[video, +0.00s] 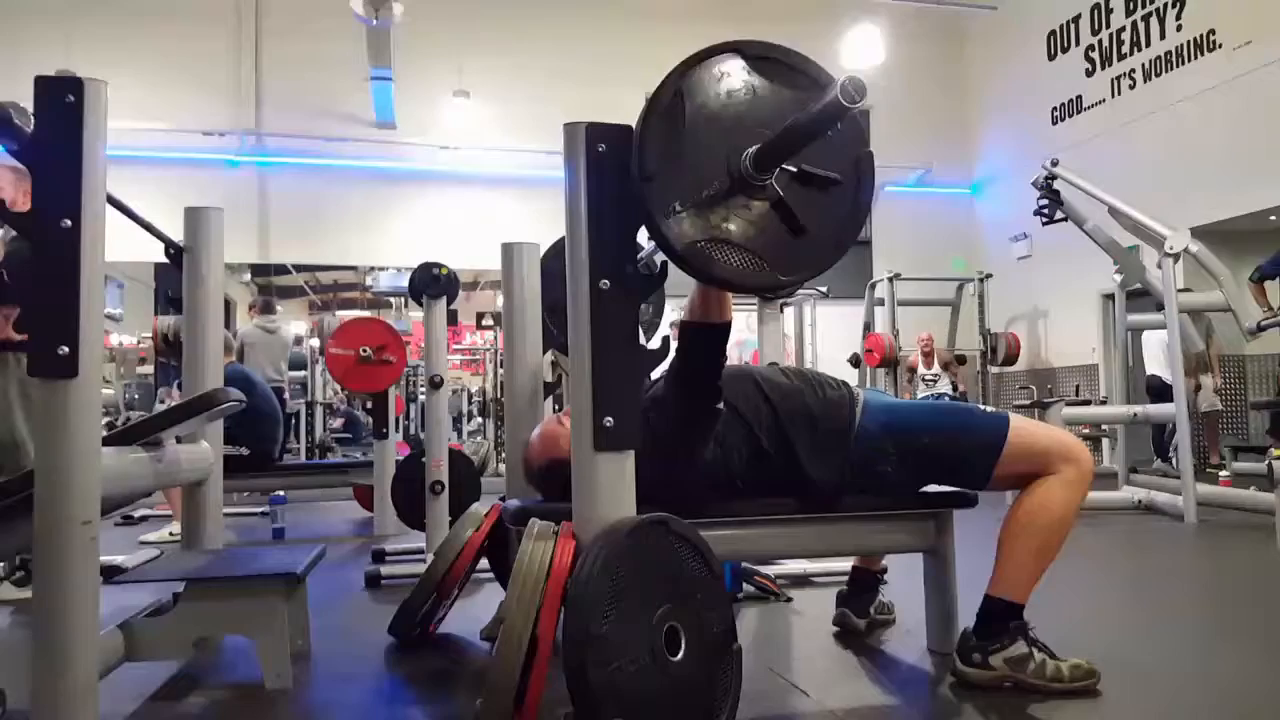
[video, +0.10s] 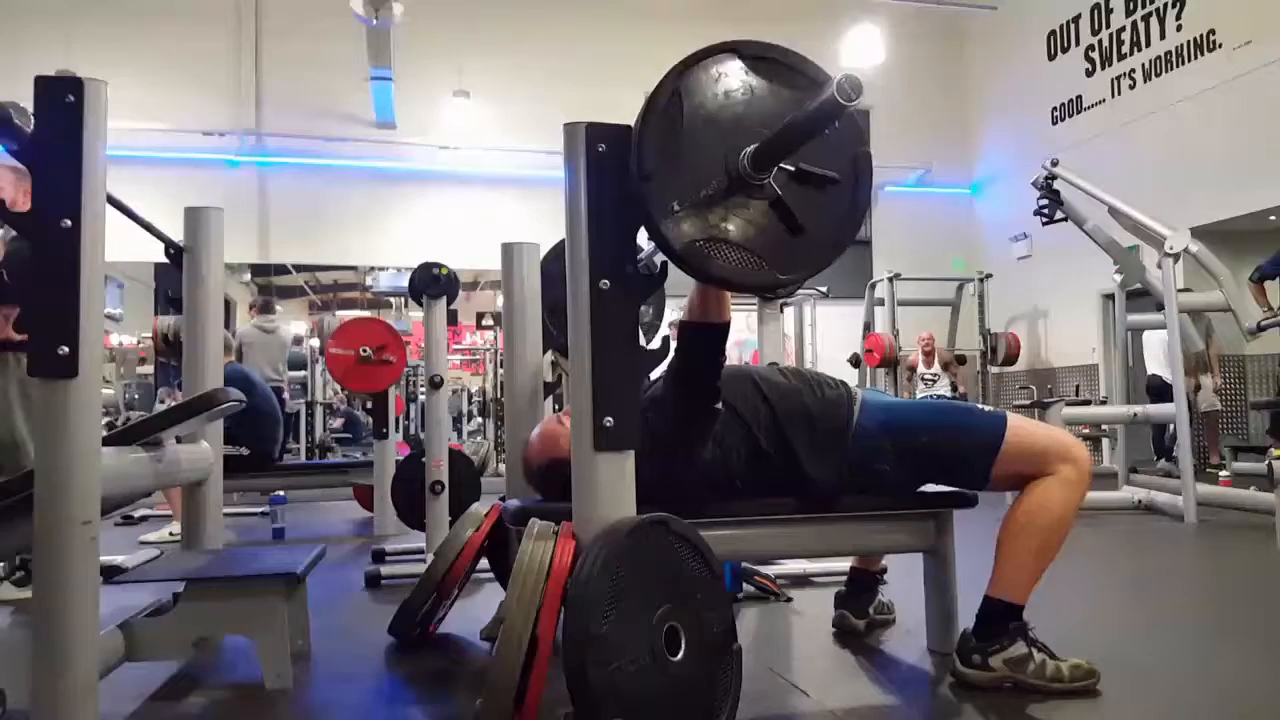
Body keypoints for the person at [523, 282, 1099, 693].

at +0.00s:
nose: (564, 414)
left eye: (556, 418)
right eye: (563, 422)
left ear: (566, 478)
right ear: (584, 446)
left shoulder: (605, 460)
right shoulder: (651, 457)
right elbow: (703, 331)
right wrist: (719, 217)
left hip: (814, 446)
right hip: (853, 439)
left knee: (920, 454)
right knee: (1067, 456)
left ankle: (863, 594)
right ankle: (995, 637)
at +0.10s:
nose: (564, 413)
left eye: (556, 416)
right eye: (562, 421)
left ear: (567, 479)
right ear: (584, 445)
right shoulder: (650, 454)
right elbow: (701, 333)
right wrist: (717, 218)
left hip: (816, 447)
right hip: (853, 438)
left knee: (919, 453)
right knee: (1065, 456)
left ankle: (861, 594)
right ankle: (995, 638)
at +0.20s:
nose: (564, 412)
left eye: (556, 416)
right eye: (563, 420)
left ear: (566, 476)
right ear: (584, 443)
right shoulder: (648, 455)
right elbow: (701, 334)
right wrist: (717, 217)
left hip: (813, 447)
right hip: (850, 436)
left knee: (925, 450)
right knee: (1064, 454)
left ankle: (860, 593)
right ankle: (995, 638)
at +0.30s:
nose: (565, 409)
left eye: (556, 413)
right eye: (562, 418)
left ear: (566, 476)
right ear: (583, 444)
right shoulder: (648, 455)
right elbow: (699, 339)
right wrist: (717, 216)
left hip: (811, 446)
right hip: (850, 436)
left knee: (923, 449)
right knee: (1063, 455)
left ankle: (860, 594)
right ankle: (994, 639)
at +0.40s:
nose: (564, 409)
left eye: (555, 412)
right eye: (561, 417)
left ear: (567, 476)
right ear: (582, 446)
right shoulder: (648, 453)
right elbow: (699, 337)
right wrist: (720, 210)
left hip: (814, 443)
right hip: (849, 435)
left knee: (919, 453)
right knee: (1062, 455)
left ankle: (860, 595)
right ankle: (994, 640)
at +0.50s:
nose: (563, 409)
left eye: (554, 413)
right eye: (560, 417)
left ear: (568, 474)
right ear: (582, 442)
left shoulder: (609, 456)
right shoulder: (649, 450)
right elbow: (702, 334)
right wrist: (723, 212)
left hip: (817, 440)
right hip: (851, 433)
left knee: (920, 451)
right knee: (1061, 456)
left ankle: (860, 594)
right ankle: (994, 640)